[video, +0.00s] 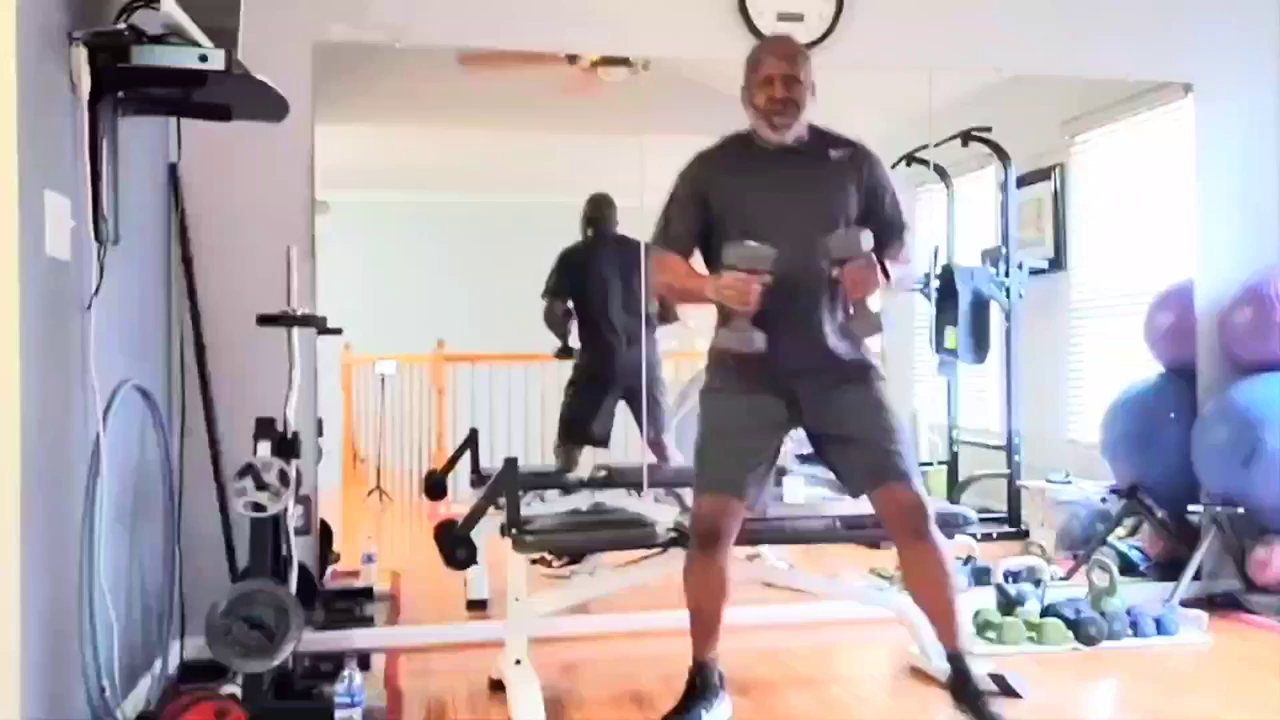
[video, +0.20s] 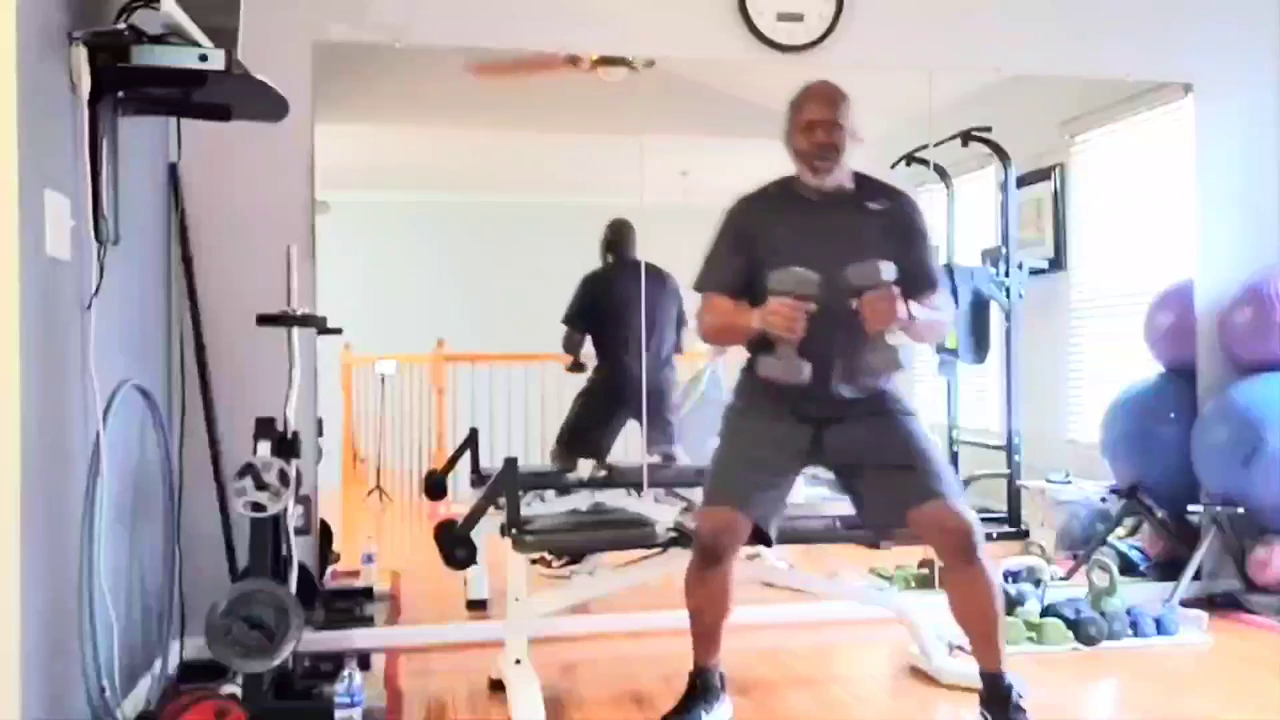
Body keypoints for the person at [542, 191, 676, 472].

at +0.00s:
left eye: (588, 219)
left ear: (586, 220)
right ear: (616, 219)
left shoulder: (573, 257)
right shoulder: (643, 252)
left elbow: (554, 313)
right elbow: (669, 312)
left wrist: (565, 339)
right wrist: (642, 322)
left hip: (597, 363)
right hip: (642, 361)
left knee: (569, 447)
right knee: (661, 441)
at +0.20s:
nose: (604, 247)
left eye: (605, 243)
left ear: (606, 246)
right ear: (634, 245)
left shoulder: (596, 282)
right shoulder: (665, 281)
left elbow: (572, 341)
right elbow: (678, 345)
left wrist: (576, 359)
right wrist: (649, 355)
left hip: (612, 383)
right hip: (658, 384)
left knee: (565, 453)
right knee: (667, 452)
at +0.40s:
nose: (618, 233)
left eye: (620, 228)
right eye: (620, 227)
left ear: (625, 228)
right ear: (651, 227)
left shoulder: (622, 262)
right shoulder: (688, 259)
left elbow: (603, 319)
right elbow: (713, 312)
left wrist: (589, 327)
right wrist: (681, 322)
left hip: (640, 366)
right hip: (684, 367)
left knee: (600, 442)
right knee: (678, 444)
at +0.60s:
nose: (629, 235)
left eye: (630, 230)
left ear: (633, 229)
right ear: (661, 229)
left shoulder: (631, 254)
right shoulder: (688, 255)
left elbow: (628, 288)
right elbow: (737, 283)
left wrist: (603, 327)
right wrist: (715, 316)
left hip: (653, 372)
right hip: (692, 371)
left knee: (628, 455)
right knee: (681, 450)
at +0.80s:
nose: (629, 231)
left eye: (631, 226)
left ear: (634, 227)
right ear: (663, 226)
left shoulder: (629, 255)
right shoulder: (692, 254)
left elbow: (620, 294)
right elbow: (736, 292)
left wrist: (607, 332)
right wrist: (707, 314)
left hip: (647, 366)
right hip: (687, 367)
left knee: (606, 441)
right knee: (686, 448)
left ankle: (635, 502)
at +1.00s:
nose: (614, 246)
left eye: (616, 242)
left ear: (620, 242)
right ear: (649, 240)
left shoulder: (614, 276)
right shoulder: (684, 275)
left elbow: (596, 337)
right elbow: (697, 333)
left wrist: (592, 347)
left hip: (636, 374)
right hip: (681, 373)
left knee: (583, 452)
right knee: (680, 454)